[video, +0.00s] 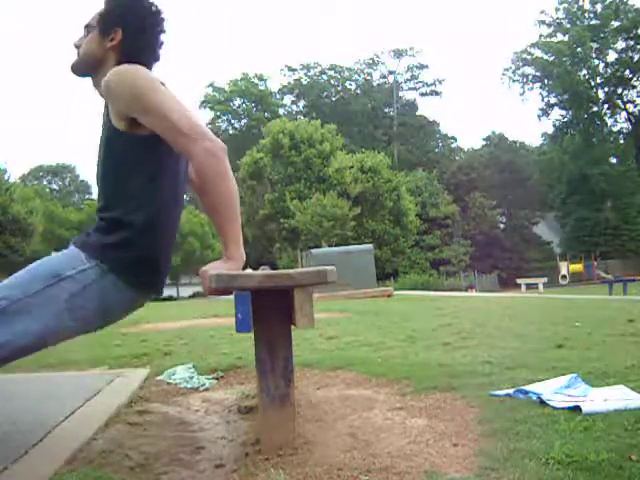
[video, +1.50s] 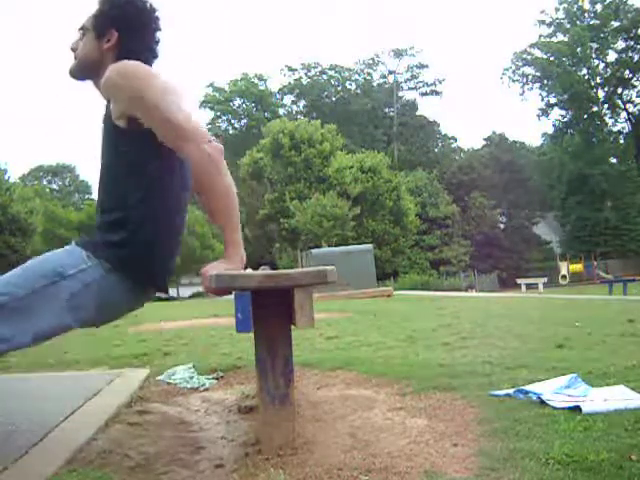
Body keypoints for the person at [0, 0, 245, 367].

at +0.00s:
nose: (78, 40)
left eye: (88, 31)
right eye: (84, 31)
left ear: (113, 39)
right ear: (112, 41)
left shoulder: (124, 80)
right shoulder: (136, 87)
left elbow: (209, 150)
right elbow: (200, 177)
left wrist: (233, 256)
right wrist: (234, 253)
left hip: (107, 267)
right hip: (111, 268)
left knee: (3, 326)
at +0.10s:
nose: (66, 84)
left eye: (77, 72)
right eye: (72, 72)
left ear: (102, 81)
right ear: (102, 81)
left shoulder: (113, 115)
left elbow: (219, 154)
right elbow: (206, 189)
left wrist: (238, 256)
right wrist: (234, 253)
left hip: (126, 303)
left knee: (5, 337)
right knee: (8, 334)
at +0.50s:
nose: (70, 70)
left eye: (81, 59)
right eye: (76, 59)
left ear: (107, 68)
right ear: (107, 69)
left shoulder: (117, 100)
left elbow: (217, 153)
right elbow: (206, 192)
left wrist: (238, 257)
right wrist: (238, 253)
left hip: (120, 290)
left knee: (2, 328)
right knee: (4, 324)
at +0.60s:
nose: (77, 29)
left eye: (88, 18)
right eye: (83, 18)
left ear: (116, 26)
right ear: (114, 27)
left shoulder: (125, 63)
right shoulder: (158, 75)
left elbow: (189, 145)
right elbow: (197, 157)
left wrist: (233, 253)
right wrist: (232, 251)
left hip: (109, 251)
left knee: (3, 312)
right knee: (5, 320)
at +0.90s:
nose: (70, 57)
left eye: (80, 44)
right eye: (75, 45)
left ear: (108, 49)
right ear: (108, 50)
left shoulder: (119, 83)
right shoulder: (131, 92)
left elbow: (207, 151)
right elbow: (206, 156)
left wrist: (235, 256)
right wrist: (235, 254)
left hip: (117, 271)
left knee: (4, 324)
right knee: (6, 325)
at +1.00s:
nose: (64, 99)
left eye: (73, 86)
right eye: (69, 86)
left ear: (101, 91)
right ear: (102, 92)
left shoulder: (114, 122)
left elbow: (222, 154)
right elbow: (211, 190)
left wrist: (239, 259)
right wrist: (243, 251)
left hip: (134, 308)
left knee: (3, 338)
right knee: (9, 326)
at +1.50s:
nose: (73, 45)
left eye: (83, 33)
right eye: (78, 34)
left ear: (109, 40)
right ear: (110, 41)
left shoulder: (123, 76)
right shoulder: (135, 82)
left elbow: (201, 150)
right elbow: (209, 152)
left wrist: (234, 253)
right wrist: (233, 247)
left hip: (112, 265)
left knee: (4, 316)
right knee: (6, 321)